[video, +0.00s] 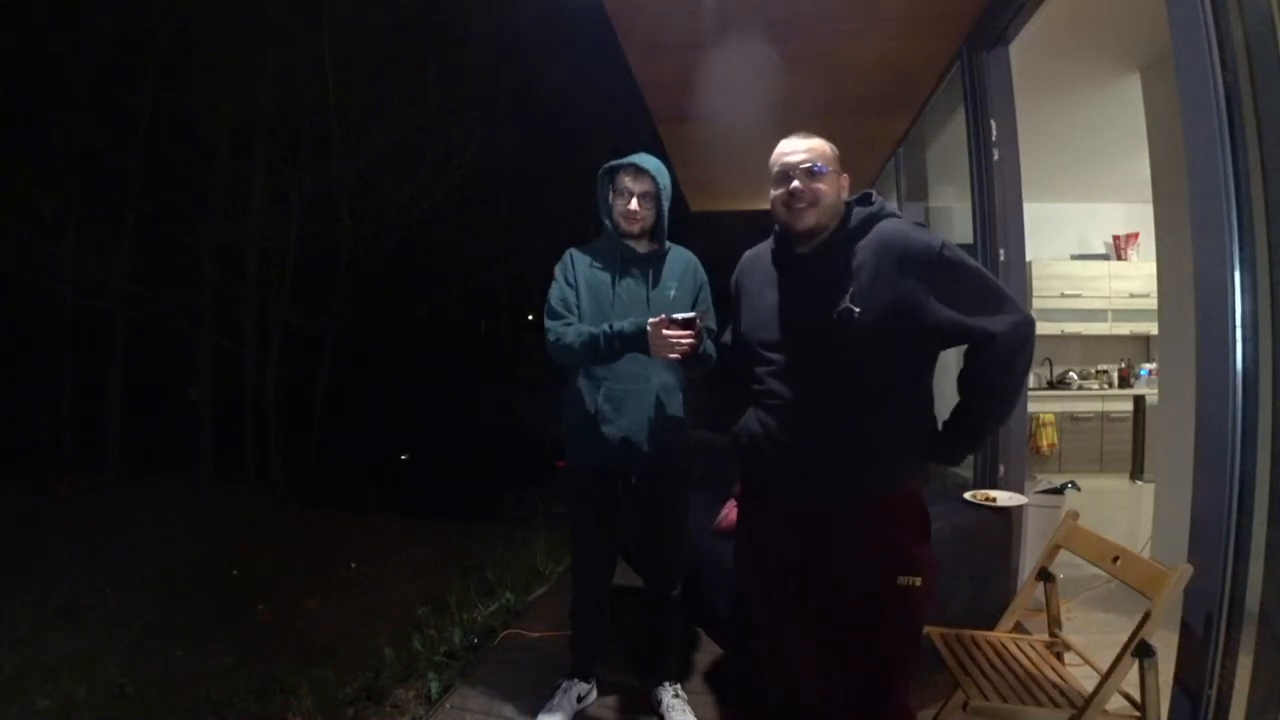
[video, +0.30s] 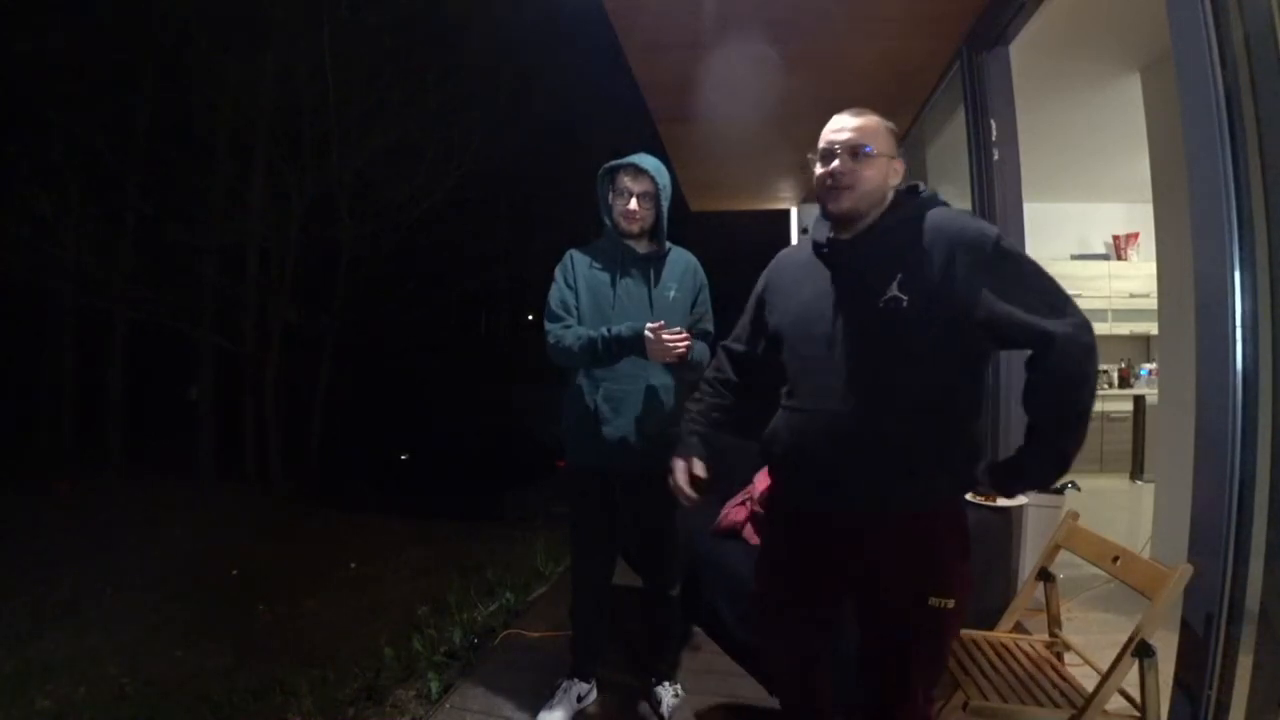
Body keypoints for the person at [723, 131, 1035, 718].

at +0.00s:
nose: (796, 187)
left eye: (812, 173)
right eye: (782, 177)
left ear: (844, 185)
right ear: (769, 196)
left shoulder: (900, 250)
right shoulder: (752, 268)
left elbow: (1008, 331)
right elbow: (736, 368)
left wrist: (950, 443)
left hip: (878, 493)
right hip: (776, 492)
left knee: (872, 674)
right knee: (776, 664)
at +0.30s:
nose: (834, 167)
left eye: (857, 153)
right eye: (823, 156)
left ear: (897, 170)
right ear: (813, 172)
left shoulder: (951, 244)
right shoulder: (788, 268)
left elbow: (1066, 337)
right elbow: (736, 368)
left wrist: (1029, 467)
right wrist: (693, 438)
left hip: (915, 520)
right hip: (803, 517)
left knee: (898, 695)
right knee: (803, 687)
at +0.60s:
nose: (881, 147)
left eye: (905, 132)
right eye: (871, 137)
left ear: (954, 150)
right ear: (861, 155)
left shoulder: (1014, 244)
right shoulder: (825, 254)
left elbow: (1110, 397)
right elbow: (740, 312)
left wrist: (1067, 533)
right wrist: (636, 313)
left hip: (952, 545)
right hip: (828, 535)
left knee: (923, 705)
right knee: (805, 697)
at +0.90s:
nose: (911, 139)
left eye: (937, 123)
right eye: (904, 128)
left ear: (992, 141)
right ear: (894, 147)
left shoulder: (1059, 246)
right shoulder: (856, 241)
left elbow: (1135, 425)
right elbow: (752, 288)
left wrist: (1121, 581)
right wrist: (637, 260)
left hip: (964, 554)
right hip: (836, 536)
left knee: (935, 707)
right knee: (793, 691)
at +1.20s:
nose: (922, 139)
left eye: (949, 123)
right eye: (915, 128)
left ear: (1004, 140)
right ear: (907, 148)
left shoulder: (1070, 245)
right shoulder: (863, 243)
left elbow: (1137, 426)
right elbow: (755, 289)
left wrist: (1106, 580)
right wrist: (642, 263)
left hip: (973, 559)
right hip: (838, 543)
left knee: (936, 710)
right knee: (800, 702)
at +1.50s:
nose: (926, 138)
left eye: (954, 122)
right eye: (916, 129)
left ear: (1006, 142)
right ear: (907, 153)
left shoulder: (1070, 247)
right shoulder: (860, 245)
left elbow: (1135, 423)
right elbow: (756, 290)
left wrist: (1110, 581)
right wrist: (642, 260)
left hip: (976, 560)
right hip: (840, 544)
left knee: (937, 709)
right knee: (799, 701)